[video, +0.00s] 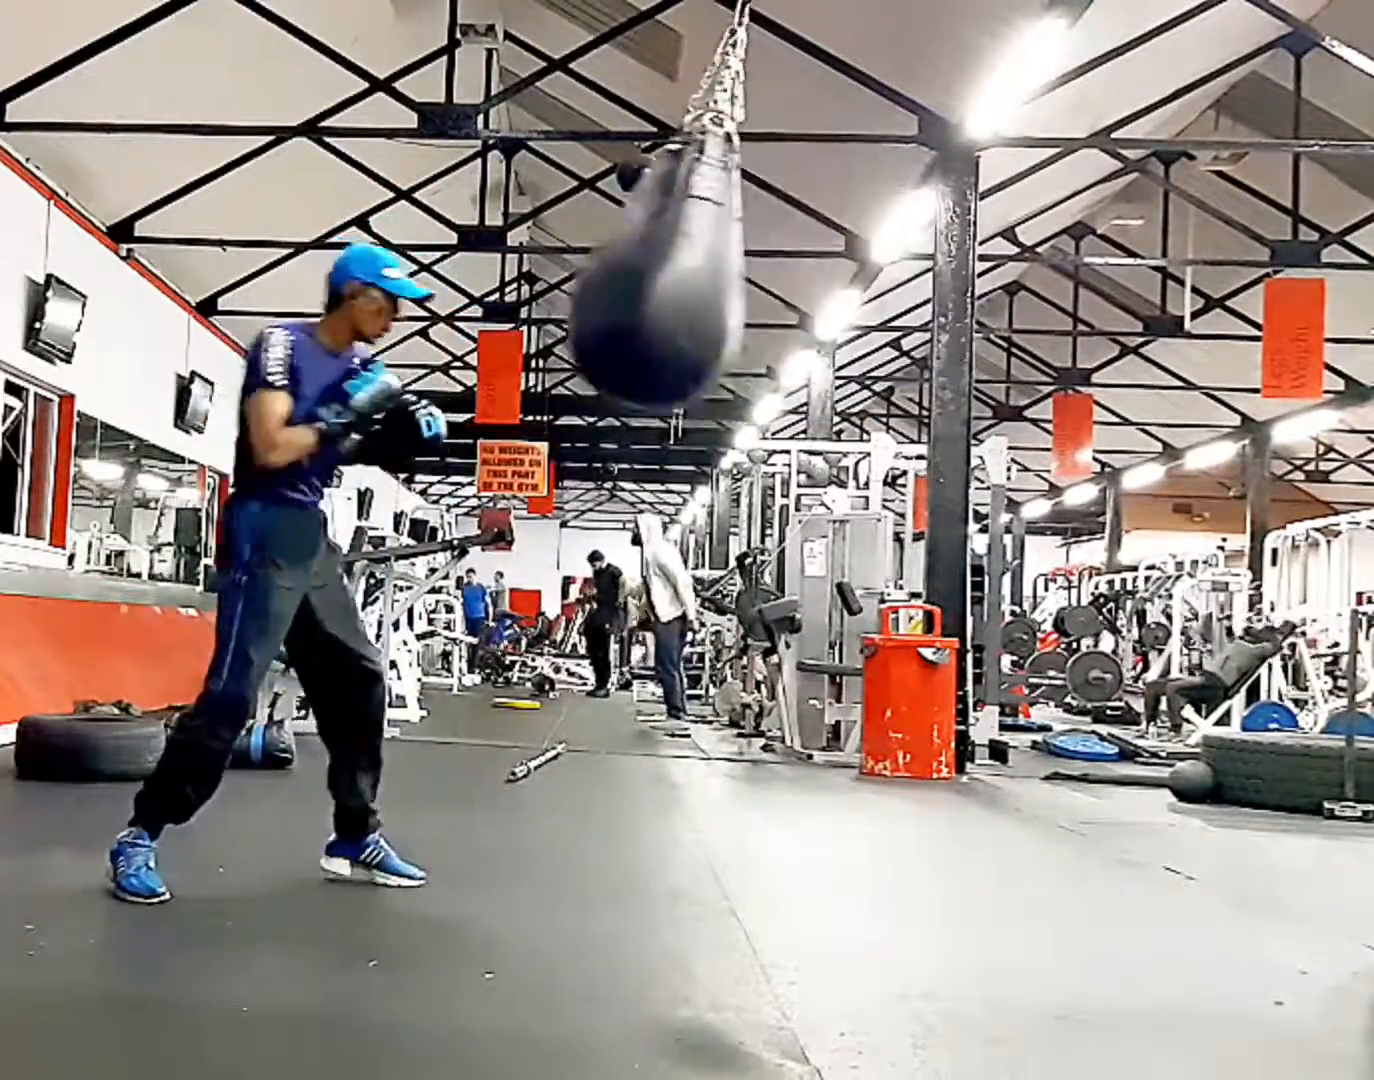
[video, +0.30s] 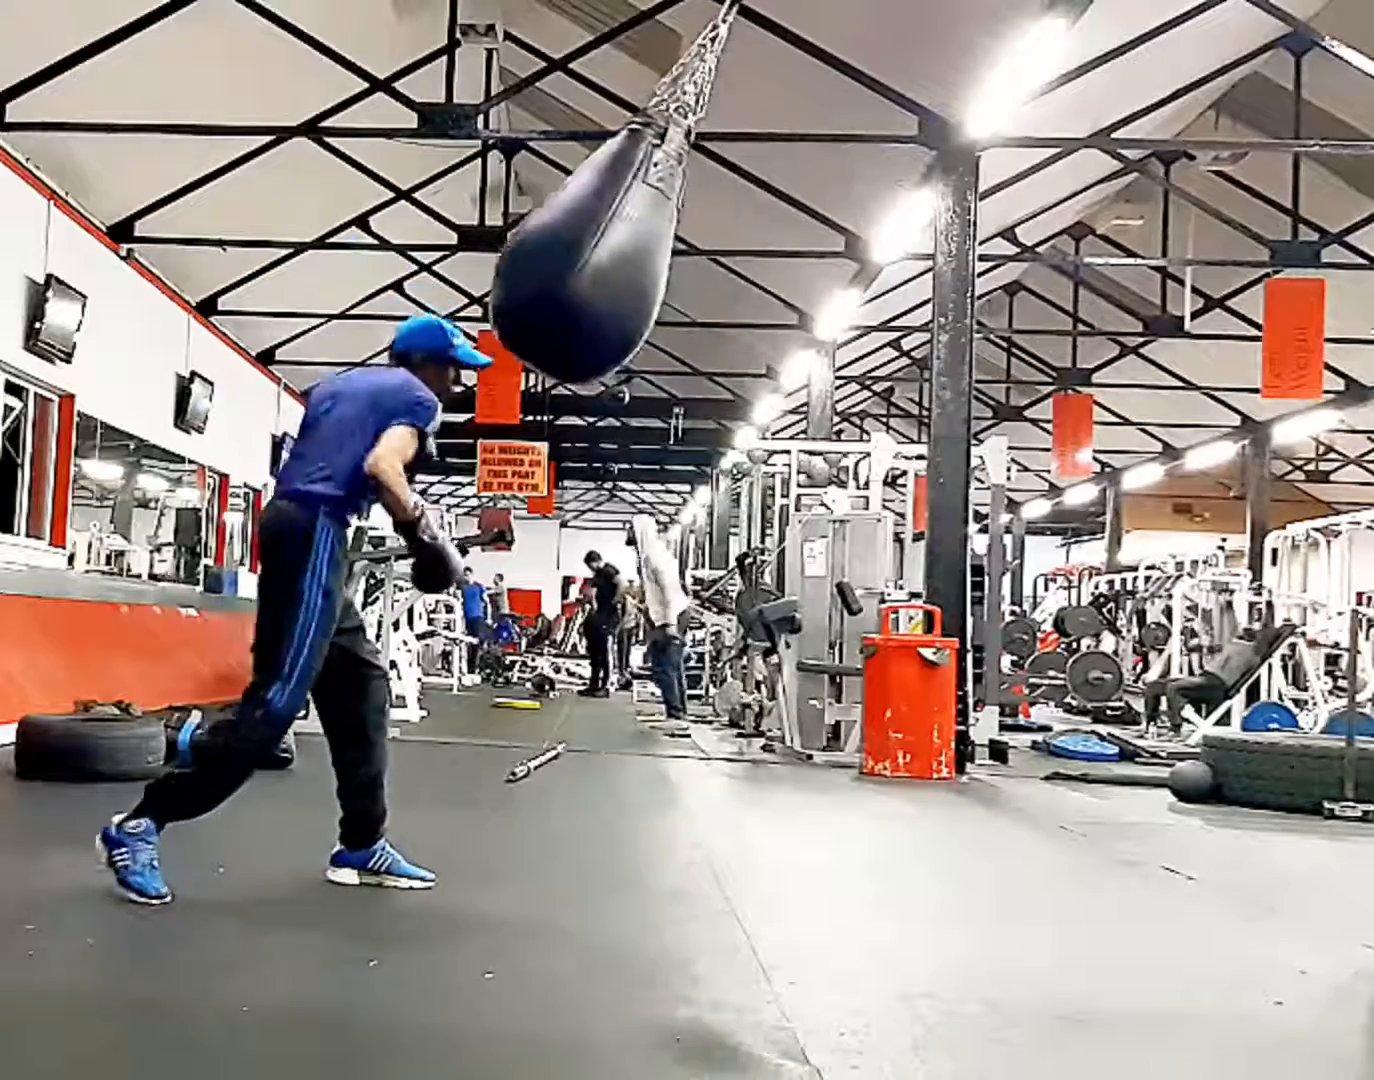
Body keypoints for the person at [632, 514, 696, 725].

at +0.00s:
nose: (632, 534)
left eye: (635, 529)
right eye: (633, 529)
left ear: (646, 531)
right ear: (648, 531)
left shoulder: (662, 552)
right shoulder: (650, 553)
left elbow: (682, 580)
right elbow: (652, 584)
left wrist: (691, 613)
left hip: (671, 616)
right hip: (662, 616)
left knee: (667, 665)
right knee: (669, 665)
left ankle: (676, 711)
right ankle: (676, 708)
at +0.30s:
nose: (627, 535)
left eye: (630, 529)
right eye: (627, 530)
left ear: (640, 531)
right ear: (643, 531)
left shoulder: (656, 554)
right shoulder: (647, 555)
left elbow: (669, 588)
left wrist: (671, 622)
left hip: (671, 616)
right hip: (663, 616)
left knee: (663, 666)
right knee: (673, 666)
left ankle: (676, 712)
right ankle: (678, 710)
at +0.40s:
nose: (633, 530)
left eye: (637, 526)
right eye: (635, 525)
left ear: (647, 528)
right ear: (651, 527)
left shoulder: (658, 551)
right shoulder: (650, 550)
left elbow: (661, 585)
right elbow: (650, 583)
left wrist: (650, 611)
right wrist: (639, 596)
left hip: (668, 612)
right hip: (663, 612)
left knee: (661, 663)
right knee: (668, 662)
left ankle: (675, 711)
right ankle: (677, 708)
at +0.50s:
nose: (641, 528)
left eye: (645, 524)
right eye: (642, 523)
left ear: (654, 526)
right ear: (661, 526)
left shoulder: (658, 549)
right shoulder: (667, 547)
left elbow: (650, 577)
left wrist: (630, 594)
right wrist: (635, 592)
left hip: (661, 609)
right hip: (669, 607)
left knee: (661, 661)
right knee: (668, 659)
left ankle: (675, 709)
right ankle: (677, 707)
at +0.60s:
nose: (650, 526)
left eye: (653, 522)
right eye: (651, 521)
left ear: (662, 523)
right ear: (666, 523)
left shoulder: (667, 544)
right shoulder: (664, 545)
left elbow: (645, 565)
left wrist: (613, 568)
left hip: (659, 605)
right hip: (656, 604)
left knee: (661, 658)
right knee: (662, 658)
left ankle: (675, 708)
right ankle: (675, 706)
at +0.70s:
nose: (652, 528)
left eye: (656, 525)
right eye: (654, 524)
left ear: (665, 526)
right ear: (673, 527)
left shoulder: (665, 544)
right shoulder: (675, 546)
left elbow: (638, 549)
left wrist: (605, 553)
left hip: (655, 602)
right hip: (665, 603)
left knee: (658, 658)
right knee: (666, 658)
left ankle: (675, 708)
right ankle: (676, 707)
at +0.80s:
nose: (654, 528)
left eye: (656, 524)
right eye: (655, 524)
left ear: (665, 524)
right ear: (673, 525)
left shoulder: (666, 543)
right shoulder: (675, 546)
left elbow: (638, 539)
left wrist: (611, 533)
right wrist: (634, 584)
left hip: (657, 606)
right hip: (665, 606)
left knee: (657, 661)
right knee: (666, 660)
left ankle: (674, 709)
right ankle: (676, 707)